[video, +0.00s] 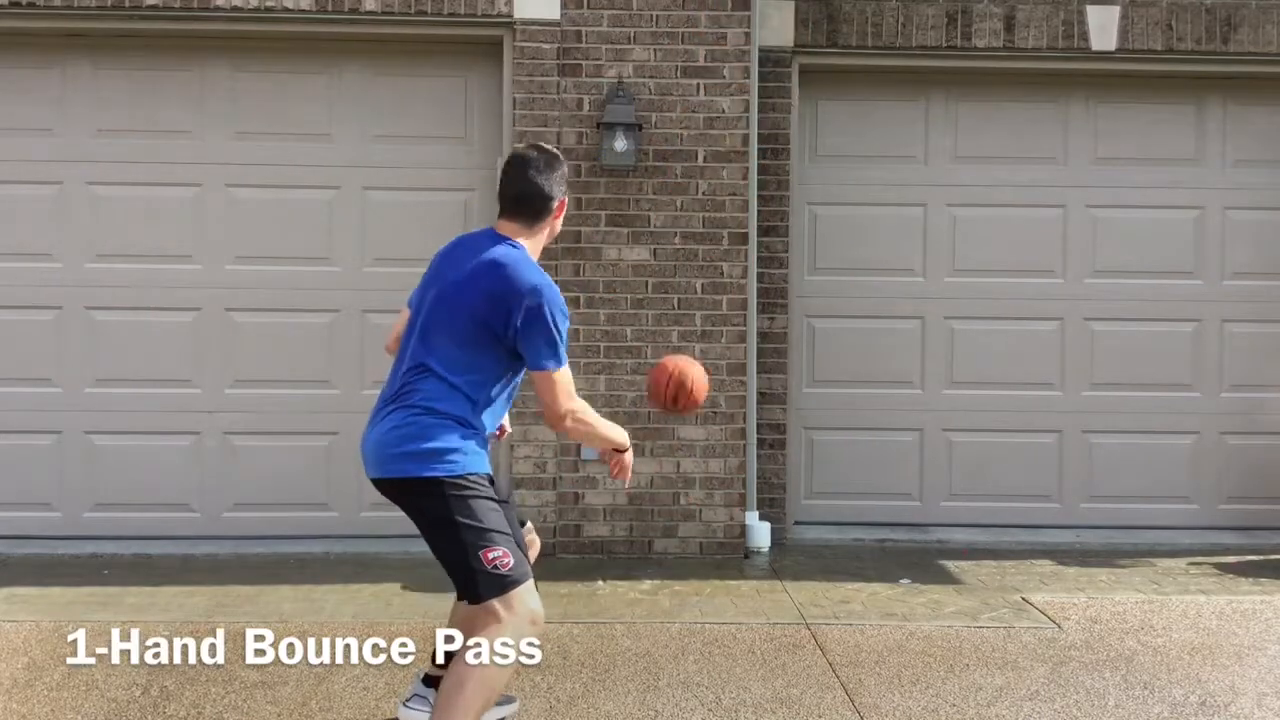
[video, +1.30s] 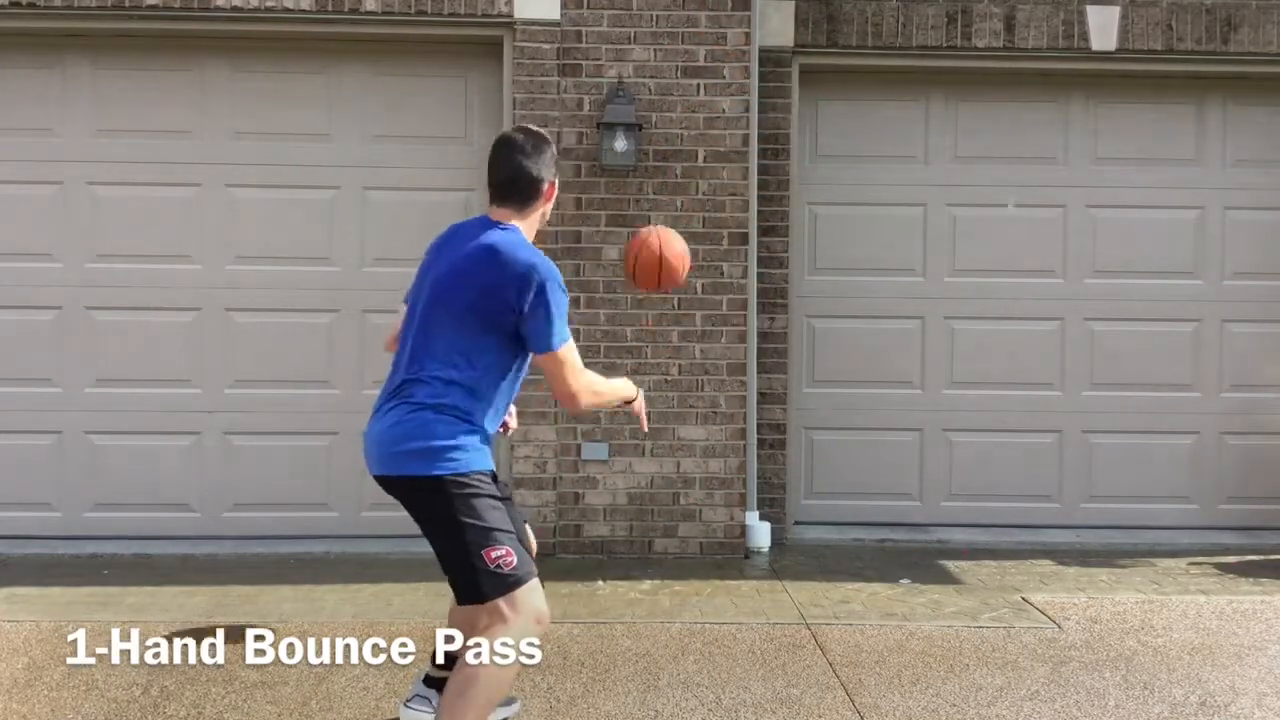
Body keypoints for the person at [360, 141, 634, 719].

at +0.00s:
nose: (566, 215)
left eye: (562, 205)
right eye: (567, 206)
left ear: (502, 198)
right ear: (559, 211)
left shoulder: (455, 252)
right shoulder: (534, 290)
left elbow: (399, 342)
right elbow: (562, 412)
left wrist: (478, 400)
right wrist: (617, 439)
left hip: (392, 443)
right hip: (437, 450)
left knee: (520, 544)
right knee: (518, 616)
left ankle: (436, 686)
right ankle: (452, 712)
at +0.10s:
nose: (563, 199)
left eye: (562, 189)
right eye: (562, 190)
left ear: (494, 190)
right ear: (554, 197)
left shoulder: (455, 246)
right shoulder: (535, 273)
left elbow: (400, 340)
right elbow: (584, 393)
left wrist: (480, 407)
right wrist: (647, 400)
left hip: (401, 438)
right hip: (442, 447)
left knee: (521, 544)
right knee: (518, 616)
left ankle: (441, 685)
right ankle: (453, 710)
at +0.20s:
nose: (561, 184)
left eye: (556, 175)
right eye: (561, 175)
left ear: (494, 180)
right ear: (552, 184)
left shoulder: (459, 237)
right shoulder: (542, 257)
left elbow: (408, 334)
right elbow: (632, 343)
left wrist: (489, 401)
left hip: (405, 433)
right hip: (446, 441)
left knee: (509, 559)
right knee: (527, 609)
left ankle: (437, 688)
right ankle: (460, 713)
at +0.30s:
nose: (566, 168)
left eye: (564, 159)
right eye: (564, 159)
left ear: (495, 166)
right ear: (553, 166)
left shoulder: (468, 221)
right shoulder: (541, 226)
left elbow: (414, 322)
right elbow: (667, 251)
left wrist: (497, 388)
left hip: (415, 424)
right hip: (448, 430)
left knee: (495, 569)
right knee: (530, 602)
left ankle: (445, 680)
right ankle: (461, 714)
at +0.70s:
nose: (593, 199)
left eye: (590, 188)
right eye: (594, 189)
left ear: (528, 183)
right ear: (584, 197)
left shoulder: (503, 240)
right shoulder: (515, 251)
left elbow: (431, 288)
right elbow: (597, 325)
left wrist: (426, 373)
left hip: (452, 432)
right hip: (430, 434)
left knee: (531, 549)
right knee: (507, 593)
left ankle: (444, 679)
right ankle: (455, 709)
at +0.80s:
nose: (589, 221)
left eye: (589, 210)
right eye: (591, 211)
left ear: (526, 199)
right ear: (580, 217)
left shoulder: (488, 245)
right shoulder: (523, 291)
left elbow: (413, 303)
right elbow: (583, 413)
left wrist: (445, 375)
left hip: (419, 436)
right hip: (434, 446)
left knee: (531, 546)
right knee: (514, 610)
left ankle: (445, 681)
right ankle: (456, 708)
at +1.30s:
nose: (557, 192)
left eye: (554, 183)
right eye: (556, 184)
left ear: (489, 185)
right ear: (549, 193)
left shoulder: (450, 243)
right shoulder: (532, 270)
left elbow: (400, 341)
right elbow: (574, 392)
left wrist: (485, 395)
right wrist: (629, 389)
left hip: (395, 441)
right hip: (442, 449)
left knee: (518, 544)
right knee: (521, 614)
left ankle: (438, 687)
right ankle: (458, 711)